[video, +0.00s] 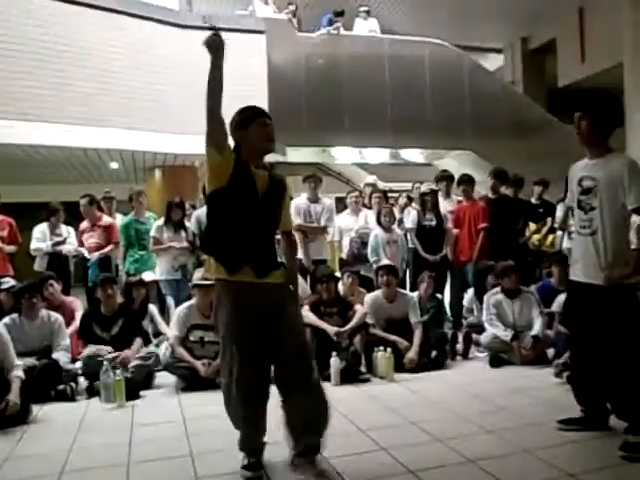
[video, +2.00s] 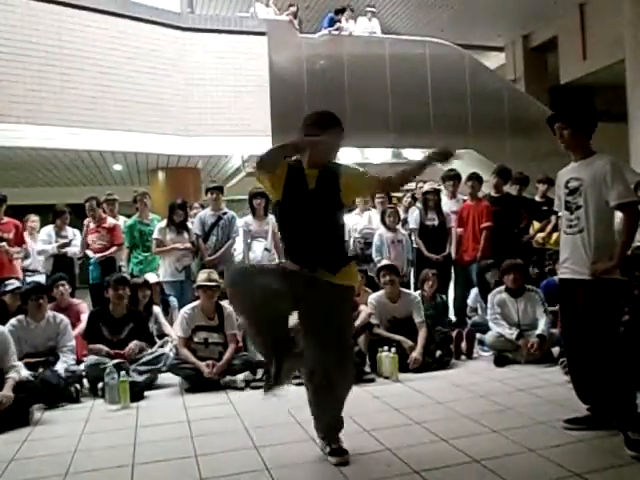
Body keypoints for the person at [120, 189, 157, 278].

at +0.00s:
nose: (140, 203)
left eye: (143, 199)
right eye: (137, 200)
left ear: (146, 202)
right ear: (132, 203)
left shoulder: (153, 219)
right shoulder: (126, 223)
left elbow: (157, 242)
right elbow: (123, 245)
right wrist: (120, 264)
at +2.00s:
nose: (144, 202)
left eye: (146, 199)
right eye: (140, 200)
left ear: (150, 202)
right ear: (136, 204)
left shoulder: (157, 221)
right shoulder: (130, 224)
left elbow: (161, 243)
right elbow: (127, 247)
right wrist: (124, 266)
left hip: (155, 266)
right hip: (137, 266)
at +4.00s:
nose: (143, 202)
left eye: (145, 199)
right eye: (139, 200)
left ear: (150, 202)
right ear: (135, 204)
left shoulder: (156, 220)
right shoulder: (130, 224)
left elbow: (161, 242)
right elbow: (127, 247)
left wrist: (164, 263)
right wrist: (125, 268)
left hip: (155, 266)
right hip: (138, 267)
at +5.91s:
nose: (146, 204)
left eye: (148, 201)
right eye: (143, 202)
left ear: (152, 204)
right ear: (138, 206)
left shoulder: (160, 222)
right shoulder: (133, 226)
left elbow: (164, 244)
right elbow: (130, 249)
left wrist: (167, 266)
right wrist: (129, 270)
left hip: (158, 267)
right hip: (140, 269)